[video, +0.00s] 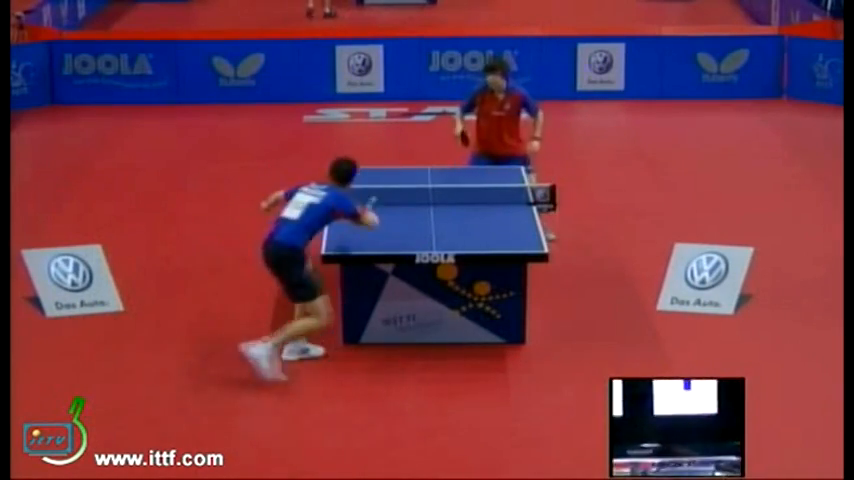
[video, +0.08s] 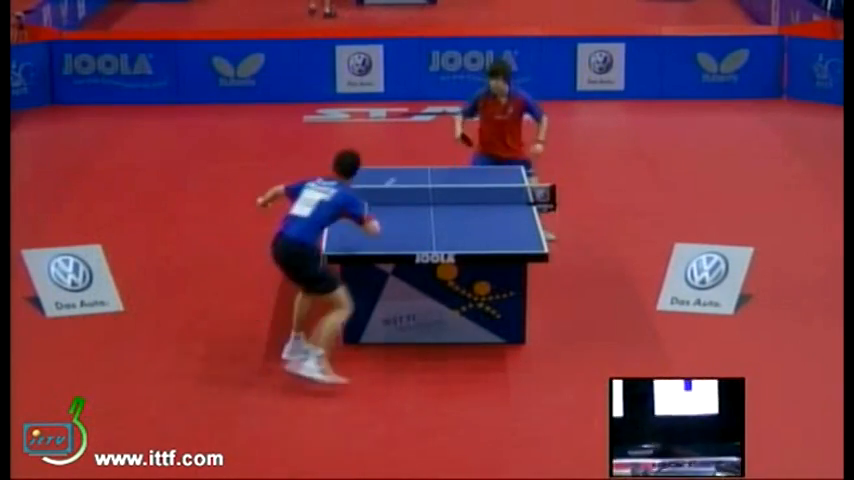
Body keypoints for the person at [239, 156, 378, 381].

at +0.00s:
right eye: (350, 178)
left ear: (330, 172)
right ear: (350, 181)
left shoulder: (308, 187)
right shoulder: (339, 199)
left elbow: (278, 196)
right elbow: (368, 222)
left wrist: (267, 205)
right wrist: (368, 214)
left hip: (272, 246)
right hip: (288, 252)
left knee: (310, 285)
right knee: (322, 317)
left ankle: (296, 343)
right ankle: (265, 347)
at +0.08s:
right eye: (353, 170)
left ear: (334, 167)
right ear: (354, 173)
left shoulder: (313, 183)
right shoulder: (347, 197)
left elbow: (279, 190)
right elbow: (370, 230)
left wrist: (264, 200)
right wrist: (372, 223)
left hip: (281, 243)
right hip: (303, 250)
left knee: (307, 289)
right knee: (343, 306)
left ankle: (295, 343)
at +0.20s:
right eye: (361, 168)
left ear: (338, 163)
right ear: (361, 169)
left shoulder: (321, 181)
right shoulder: (357, 191)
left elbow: (285, 194)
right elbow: (371, 234)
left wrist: (271, 206)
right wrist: (381, 230)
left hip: (299, 240)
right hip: (327, 245)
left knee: (306, 290)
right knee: (363, 305)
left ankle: (287, 346)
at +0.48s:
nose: (349, 181)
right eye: (349, 177)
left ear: (326, 175)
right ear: (348, 181)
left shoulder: (307, 197)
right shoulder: (349, 207)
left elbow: (278, 215)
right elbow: (371, 244)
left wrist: (300, 217)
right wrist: (381, 227)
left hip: (297, 268)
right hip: (332, 270)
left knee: (266, 301)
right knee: (369, 312)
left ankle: (264, 363)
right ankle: (405, 367)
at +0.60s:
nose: (336, 181)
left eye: (335, 176)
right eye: (336, 178)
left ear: (311, 177)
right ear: (333, 182)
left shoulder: (293, 195)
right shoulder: (325, 207)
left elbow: (291, 238)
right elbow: (346, 247)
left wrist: (319, 254)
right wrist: (364, 234)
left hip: (256, 259)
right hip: (284, 265)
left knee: (247, 298)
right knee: (331, 308)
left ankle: (224, 352)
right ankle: (328, 371)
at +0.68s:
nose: (324, 193)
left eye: (323, 188)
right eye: (323, 189)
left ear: (299, 186)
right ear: (318, 192)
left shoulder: (283, 205)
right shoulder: (303, 219)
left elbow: (296, 249)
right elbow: (310, 264)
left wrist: (330, 263)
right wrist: (337, 266)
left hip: (235, 267)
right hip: (261, 274)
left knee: (226, 309)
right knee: (310, 315)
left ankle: (183, 353)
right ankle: (287, 379)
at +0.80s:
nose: (299, 215)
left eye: (298, 210)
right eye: (298, 211)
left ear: (275, 210)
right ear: (289, 215)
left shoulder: (267, 228)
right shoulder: (264, 245)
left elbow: (298, 250)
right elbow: (251, 286)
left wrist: (330, 268)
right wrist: (279, 306)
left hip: (210, 286)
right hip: (229, 293)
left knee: (190, 330)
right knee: (291, 320)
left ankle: (136, 367)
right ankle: (281, 386)